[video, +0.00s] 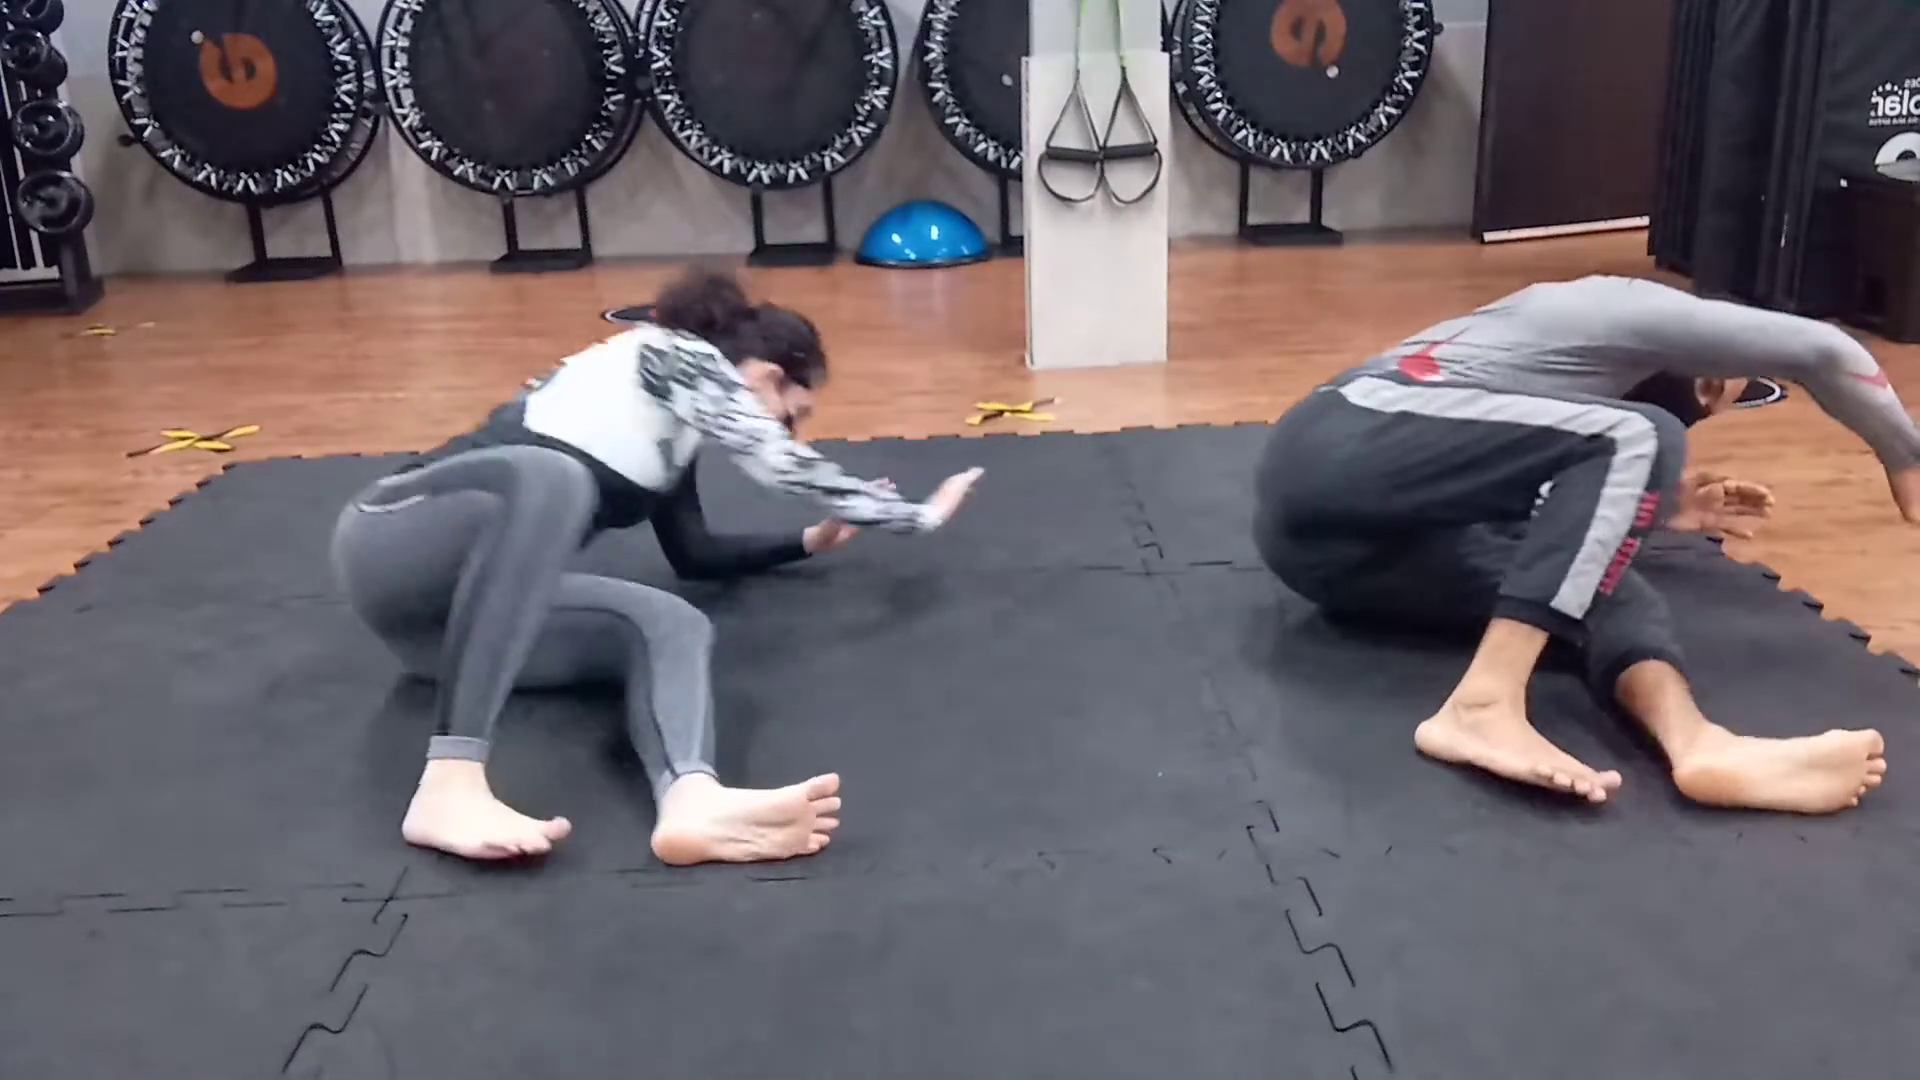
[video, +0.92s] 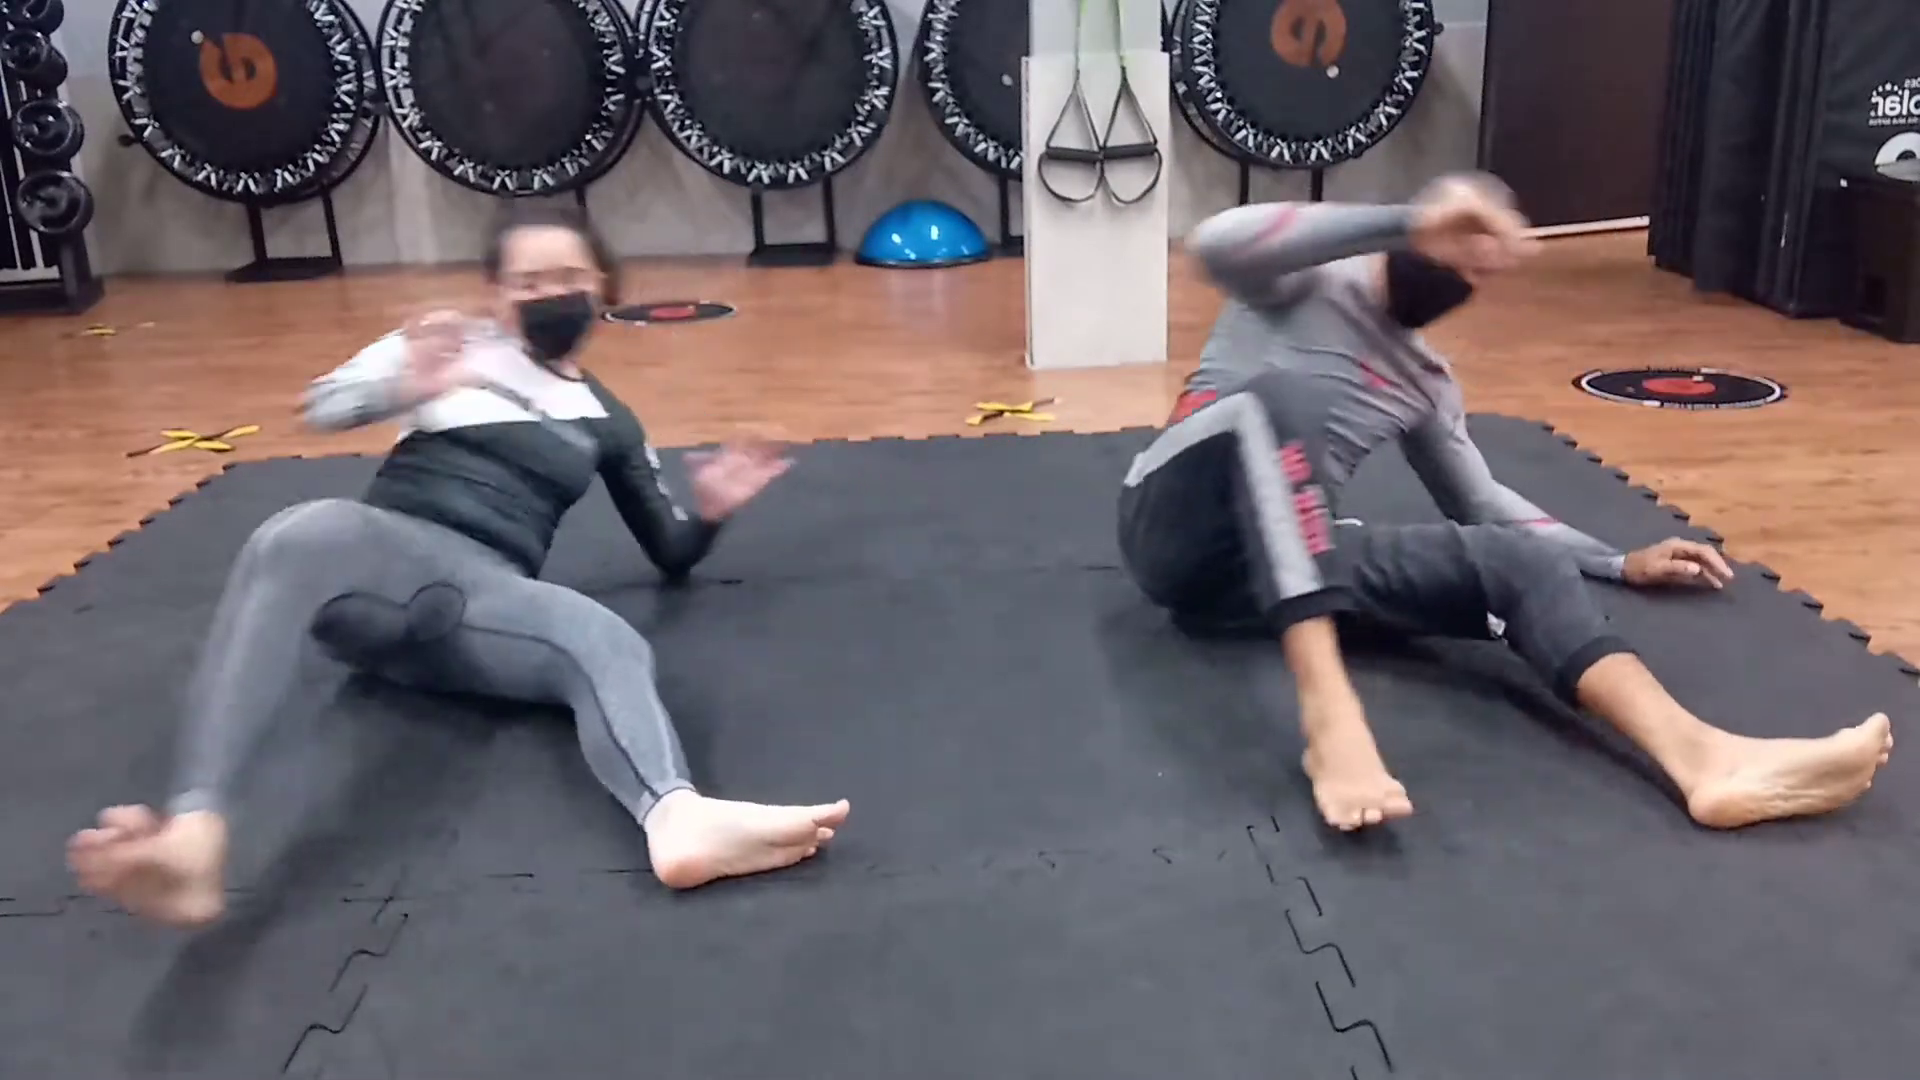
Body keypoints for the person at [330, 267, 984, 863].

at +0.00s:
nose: (783, 430)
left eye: (795, 420)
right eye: (788, 410)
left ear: (750, 377)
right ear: (755, 363)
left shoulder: (663, 424)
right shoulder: (672, 354)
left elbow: (692, 556)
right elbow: (783, 464)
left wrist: (806, 543)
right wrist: (914, 514)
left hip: (465, 622)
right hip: (389, 545)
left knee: (670, 620)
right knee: (554, 480)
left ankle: (689, 796)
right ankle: (452, 779)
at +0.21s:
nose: (745, 397)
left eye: (755, 389)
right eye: (751, 376)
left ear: (711, 359)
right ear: (712, 338)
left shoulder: (659, 425)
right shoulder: (611, 329)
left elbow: (692, 550)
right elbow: (691, 433)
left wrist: (806, 543)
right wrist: (834, 501)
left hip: (480, 605)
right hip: (373, 555)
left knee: (657, 619)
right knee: (485, 463)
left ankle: (684, 795)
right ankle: (435, 770)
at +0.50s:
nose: (715, 348)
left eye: (724, 338)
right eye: (707, 324)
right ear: (643, 303)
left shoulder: (650, 430)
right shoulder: (551, 314)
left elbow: (688, 552)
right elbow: (593, 393)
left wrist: (792, 536)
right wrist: (750, 444)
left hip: (490, 604)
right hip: (387, 562)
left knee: (653, 624)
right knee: (407, 456)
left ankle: (678, 798)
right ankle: (405, 756)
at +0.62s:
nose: (688, 331)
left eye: (700, 318)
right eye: (674, 307)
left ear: (705, 325)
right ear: (614, 301)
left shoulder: (649, 420)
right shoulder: (533, 312)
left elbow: (686, 552)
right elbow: (545, 380)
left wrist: (779, 528)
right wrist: (691, 419)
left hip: (504, 598)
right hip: (414, 547)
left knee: (645, 633)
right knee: (375, 466)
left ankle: (676, 803)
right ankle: (373, 768)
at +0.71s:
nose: (671, 325)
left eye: (683, 311)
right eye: (652, 303)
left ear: (689, 322)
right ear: (587, 301)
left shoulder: (645, 417)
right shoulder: (512, 322)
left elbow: (685, 550)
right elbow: (522, 386)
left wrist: (769, 522)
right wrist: (637, 402)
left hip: (508, 596)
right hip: (417, 547)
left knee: (637, 636)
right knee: (348, 481)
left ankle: (674, 806)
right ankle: (328, 785)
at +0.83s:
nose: (609, 305)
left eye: (624, 292)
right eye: (587, 287)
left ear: (640, 310)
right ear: (536, 295)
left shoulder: (625, 424)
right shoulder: (485, 328)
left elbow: (682, 552)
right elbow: (394, 382)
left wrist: (745, 510)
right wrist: (517, 377)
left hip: (508, 586)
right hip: (406, 538)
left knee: (621, 638)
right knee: (316, 517)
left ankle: (674, 813)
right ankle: (252, 826)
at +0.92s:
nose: (552, 294)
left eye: (570, 277)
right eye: (530, 280)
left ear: (601, 287)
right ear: (499, 292)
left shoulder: (609, 421)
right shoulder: (451, 353)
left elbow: (670, 554)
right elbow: (321, 414)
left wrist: (707, 511)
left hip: (499, 584)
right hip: (392, 537)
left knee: (606, 637)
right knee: (285, 544)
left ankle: (673, 814)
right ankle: (193, 836)